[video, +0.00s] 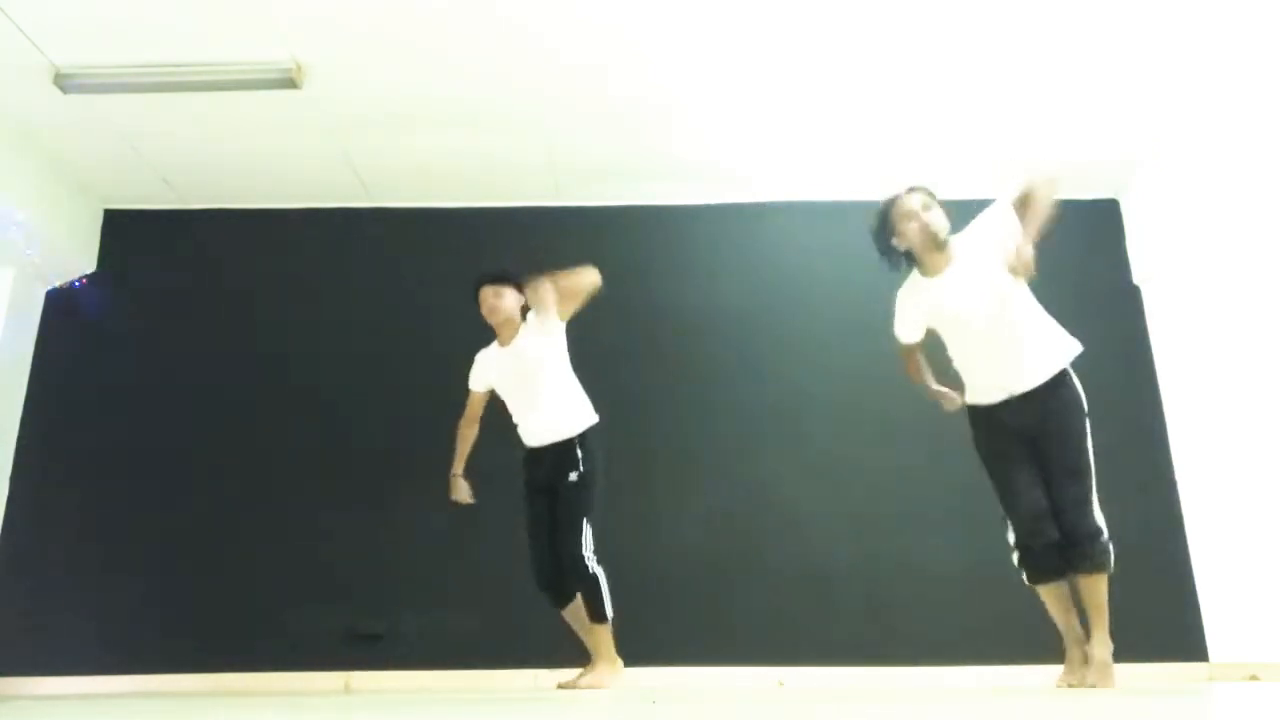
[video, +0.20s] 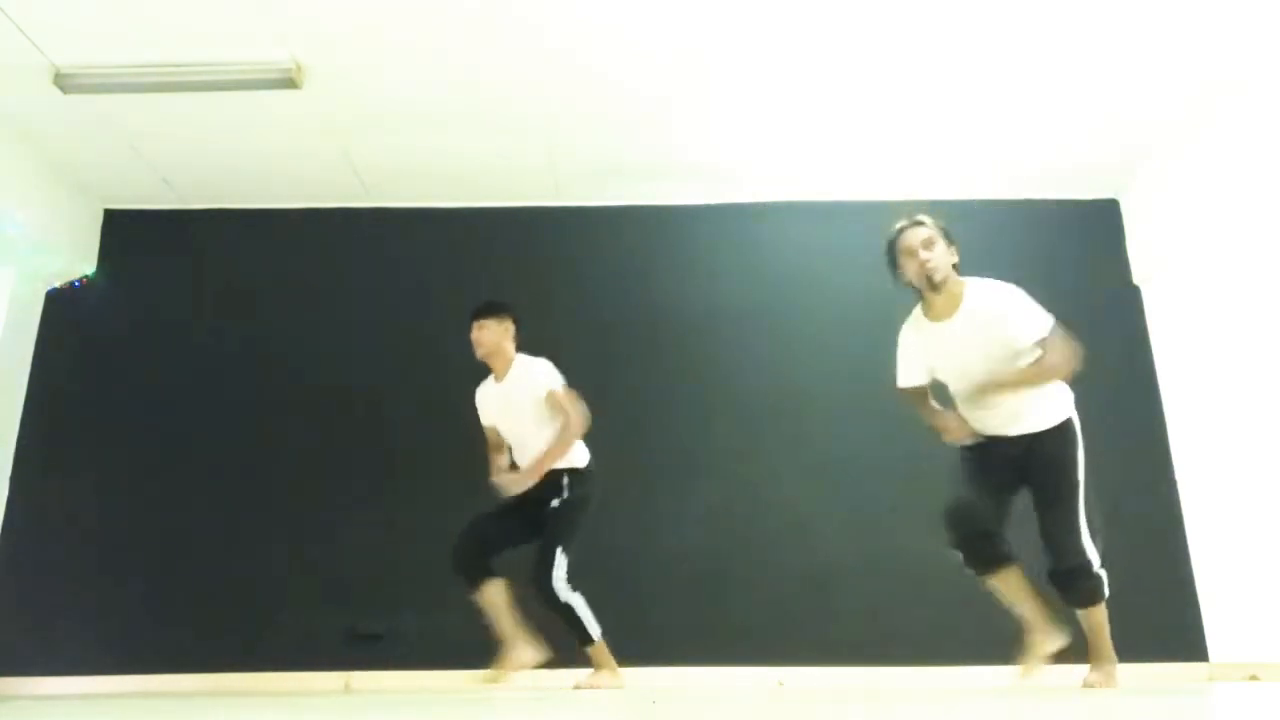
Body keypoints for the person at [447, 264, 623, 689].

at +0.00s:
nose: (490, 305)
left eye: (497, 297)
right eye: (484, 301)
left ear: (519, 298)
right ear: (481, 312)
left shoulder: (546, 321)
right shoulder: (486, 362)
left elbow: (591, 279)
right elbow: (471, 418)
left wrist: (548, 283)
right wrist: (457, 472)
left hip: (576, 446)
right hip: (537, 457)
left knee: (576, 552)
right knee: (547, 567)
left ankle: (608, 659)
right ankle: (600, 657)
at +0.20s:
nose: (476, 337)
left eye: (485, 328)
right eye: (474, 330)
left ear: (509, 332)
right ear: (474, 338)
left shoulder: (537, 370)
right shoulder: (485, 393)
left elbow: (578, 419)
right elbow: (497, 448)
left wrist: (531, 472)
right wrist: (500, 474)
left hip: (568, 481)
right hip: (531, 488)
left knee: (551, 576)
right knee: (470, 550)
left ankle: (607, 669)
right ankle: (519, 644)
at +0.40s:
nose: (467, 318)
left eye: (476, 310)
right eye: (467, 311)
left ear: (500, 316)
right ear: (475, 319)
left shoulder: (503, 357)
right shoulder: (470, 367)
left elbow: (445, 399)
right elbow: (424, 415)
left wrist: (381, 394)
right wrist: (372, 392)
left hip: (500, 486)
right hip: (469, 486)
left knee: (517, 585)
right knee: (394, 562)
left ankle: (600, 656)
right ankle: (341, 666)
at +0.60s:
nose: (451, 328)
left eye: (461, 322)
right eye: (452, 322)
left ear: (482, 329)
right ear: (453, 329)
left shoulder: (477, 366)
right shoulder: (450, 369)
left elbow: (439, 384)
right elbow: (418, 427)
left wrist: (417, 346)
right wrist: (379, 420)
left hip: (400, 475)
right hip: (377, 472)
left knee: (344, 562)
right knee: (307, 558)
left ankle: (427, 605)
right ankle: (321, 669)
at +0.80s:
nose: (424, 336)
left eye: (434, 330)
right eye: (427, 330)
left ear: (456, 338)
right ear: (445, 339)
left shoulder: (451, 379)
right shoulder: (432, 375)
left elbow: (415, 399)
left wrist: (402, 363)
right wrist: (406, 360)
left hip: (350, 480)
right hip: (344, 478)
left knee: (252, 533)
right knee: (271, 570)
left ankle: (324, 600)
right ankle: (317, 670)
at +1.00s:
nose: (410, 303)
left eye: (419, 298)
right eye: (412, 298)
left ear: (437, 305)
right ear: (437, 310)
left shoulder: (425, 330)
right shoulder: (438, 348)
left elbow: (381, 361)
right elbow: (411, 404)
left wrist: (313, 326)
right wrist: (368, 403)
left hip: (371, 462)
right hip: (371, 462)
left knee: (305, 559)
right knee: (306, 560)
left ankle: (398, 630)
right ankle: (319, 669)